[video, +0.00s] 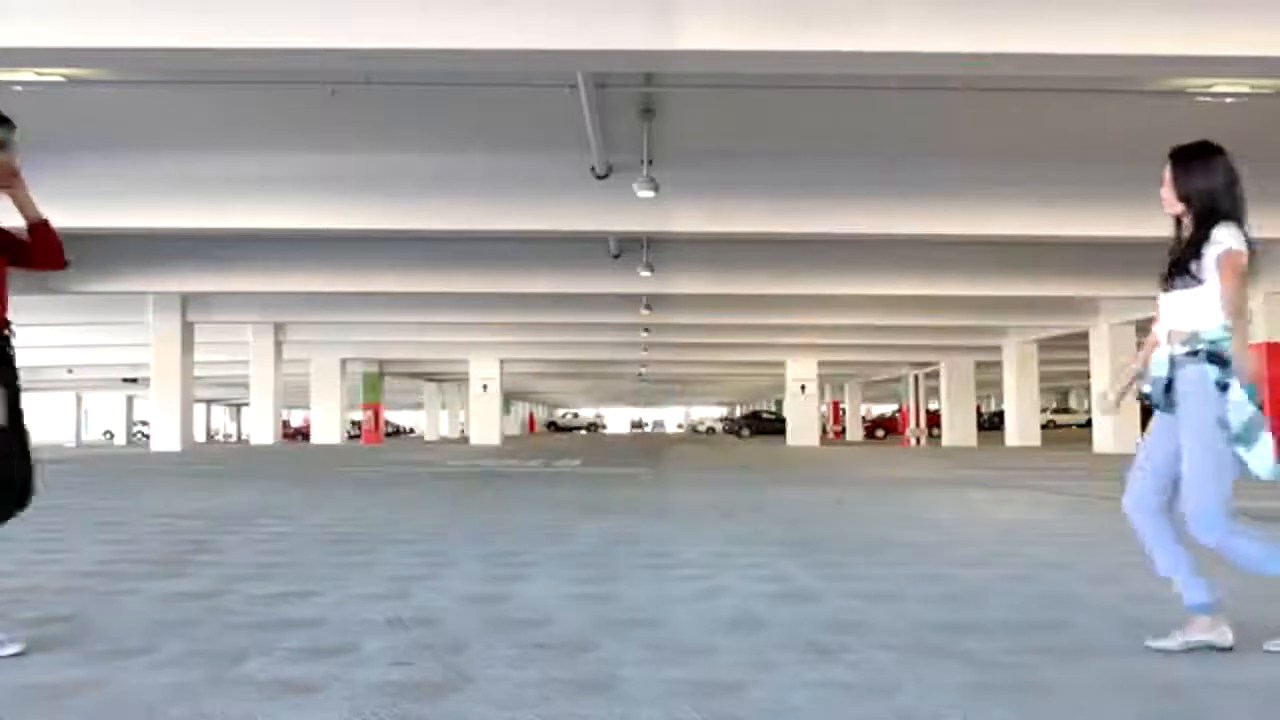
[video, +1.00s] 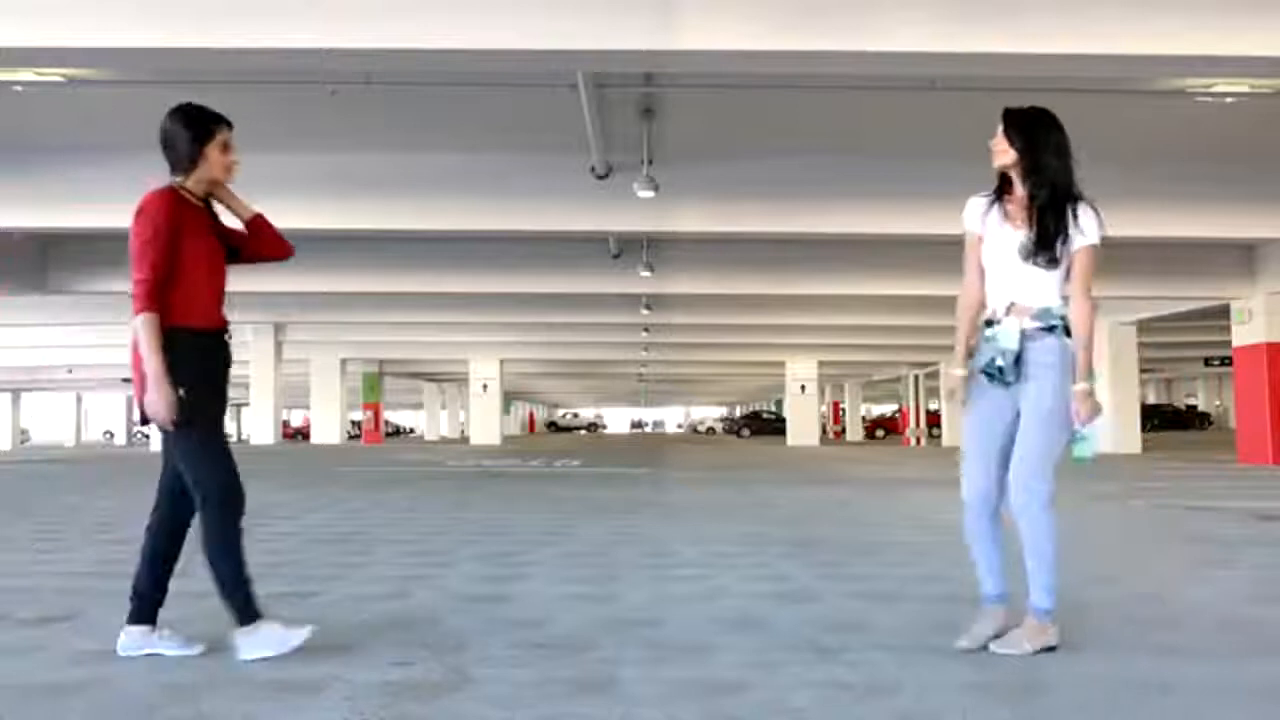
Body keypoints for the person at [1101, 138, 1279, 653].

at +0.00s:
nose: (1162, 187)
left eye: (1170, 179)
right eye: (1164, 178)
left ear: (1193, 185)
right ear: (1199, 186)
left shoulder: (1224, 236)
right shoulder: (1190, 243)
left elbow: (1237, 317)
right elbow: (1166, 322)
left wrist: (1247, 391)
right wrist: (1138, 373)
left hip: (1206, 381)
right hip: (1175, 382)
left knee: (1207, 521)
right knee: (1141, 500)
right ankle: (1204, 618)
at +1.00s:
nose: (994, 144)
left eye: (1004, 137)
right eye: (996, 136)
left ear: (1030, 148)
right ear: (1009, 148)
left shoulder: (1076, 216)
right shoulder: (982, 209)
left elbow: (1080, 299)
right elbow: (972, 289)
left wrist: (1083, 380)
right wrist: (961, 354)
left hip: (1046, 350)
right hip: (992, 350)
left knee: (1029, 486)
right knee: (976, 487)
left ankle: (1041, 618)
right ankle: (995, 605)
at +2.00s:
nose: (926, 157)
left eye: (932, 145)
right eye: (913, 154)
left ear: (951, 152)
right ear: (905, 171)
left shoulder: (960, 222)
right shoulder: (919, 218)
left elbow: (964, 308)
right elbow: (926, 304)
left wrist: (989, 376)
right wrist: (949, 381)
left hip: (967, 358)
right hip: (929, 358)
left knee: (1000, 486)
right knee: (932, 497)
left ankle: (972, 614)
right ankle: (914, 616)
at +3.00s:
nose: (938, 165)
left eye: (942, 154)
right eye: (924, 162)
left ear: (956, 160)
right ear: (911, 176)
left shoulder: (942, 225)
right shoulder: (926, 212)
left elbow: (953, 319)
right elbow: (939, 300)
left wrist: (987, 394)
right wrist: (963, 378)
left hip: (955, 369)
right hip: (926, 368)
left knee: (998, 492)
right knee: (955, 502)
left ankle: (971, 617)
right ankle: (917, 616)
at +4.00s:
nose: (951, 177)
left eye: (961, 170)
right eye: (953, 167)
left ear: (986, 181)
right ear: (956, 174)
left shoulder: (1014, 236)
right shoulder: (944, 230)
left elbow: (1072, 281)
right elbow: (925, 291)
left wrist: (1030, 324)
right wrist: (935, 335)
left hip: (1005, 377)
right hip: (949, 378)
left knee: (1016, 496)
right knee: (915, 492)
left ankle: (1010, 615)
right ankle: (921, 612)